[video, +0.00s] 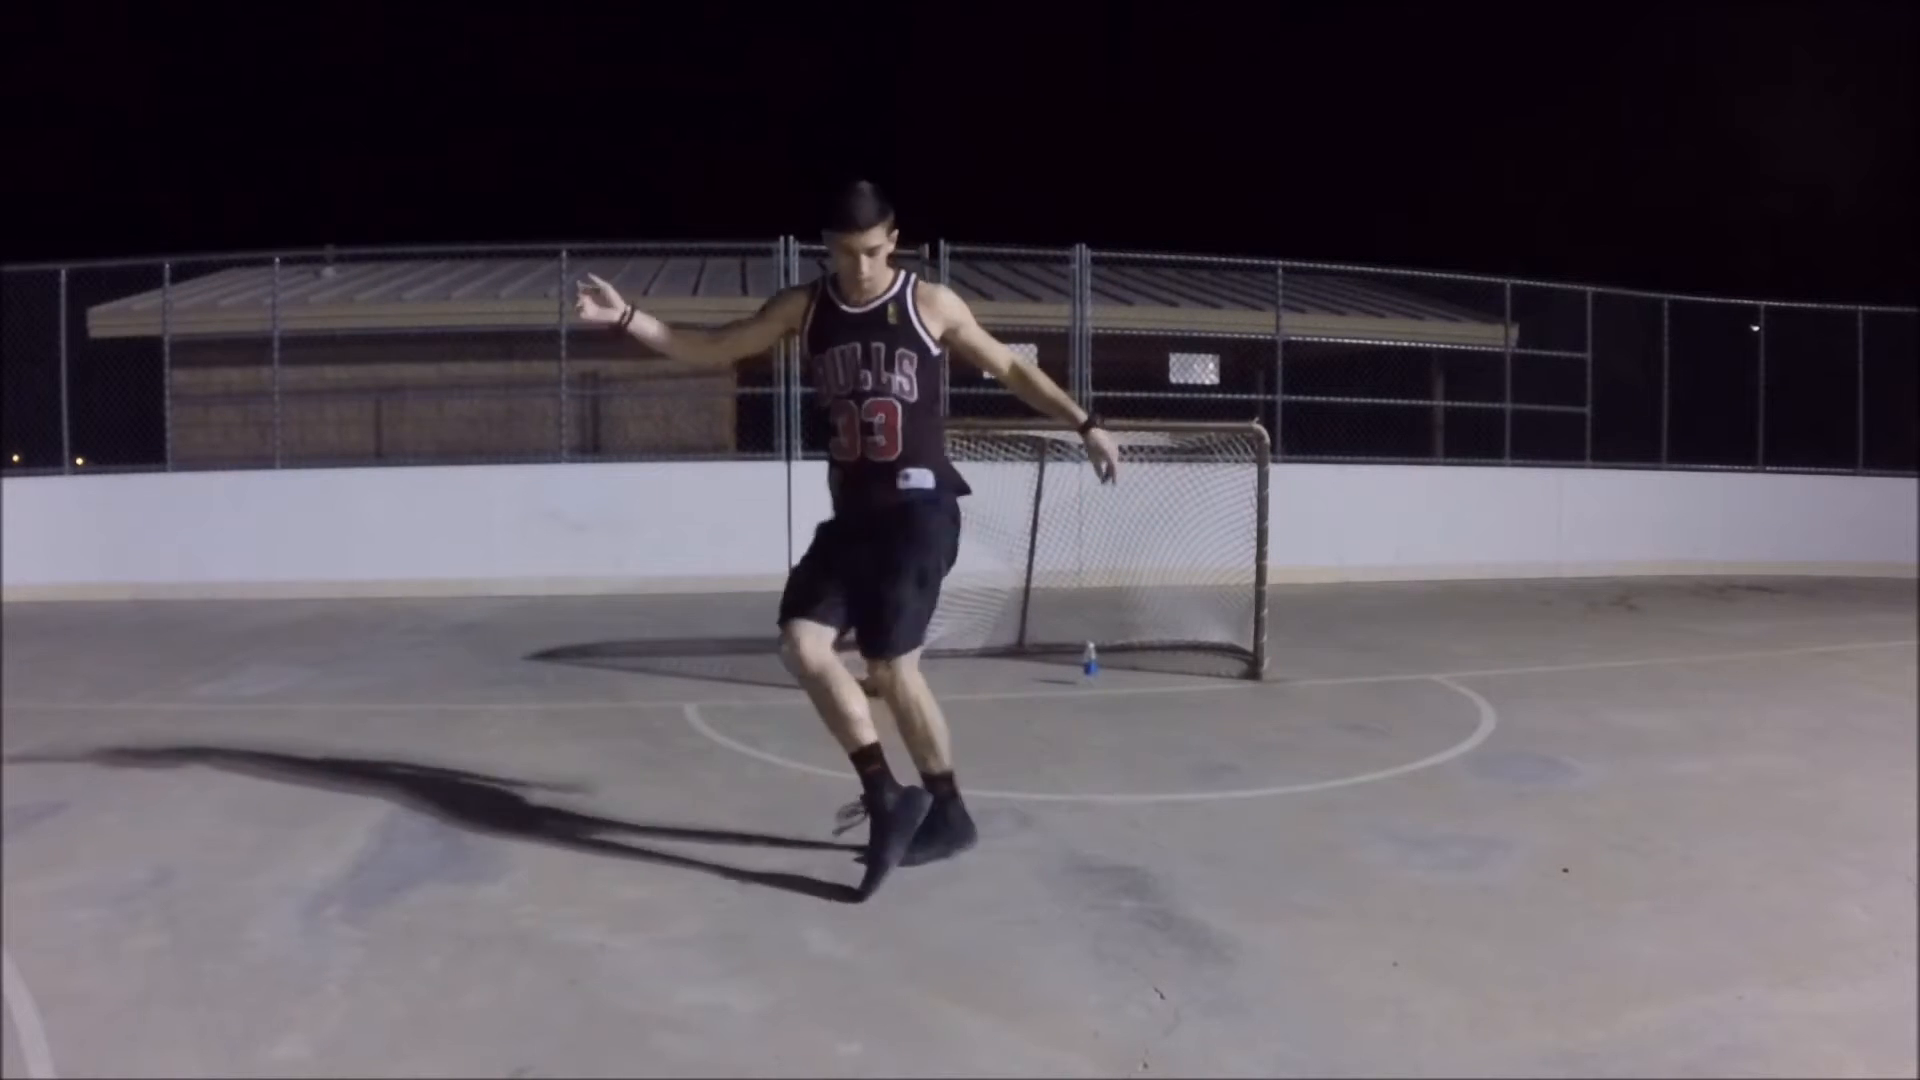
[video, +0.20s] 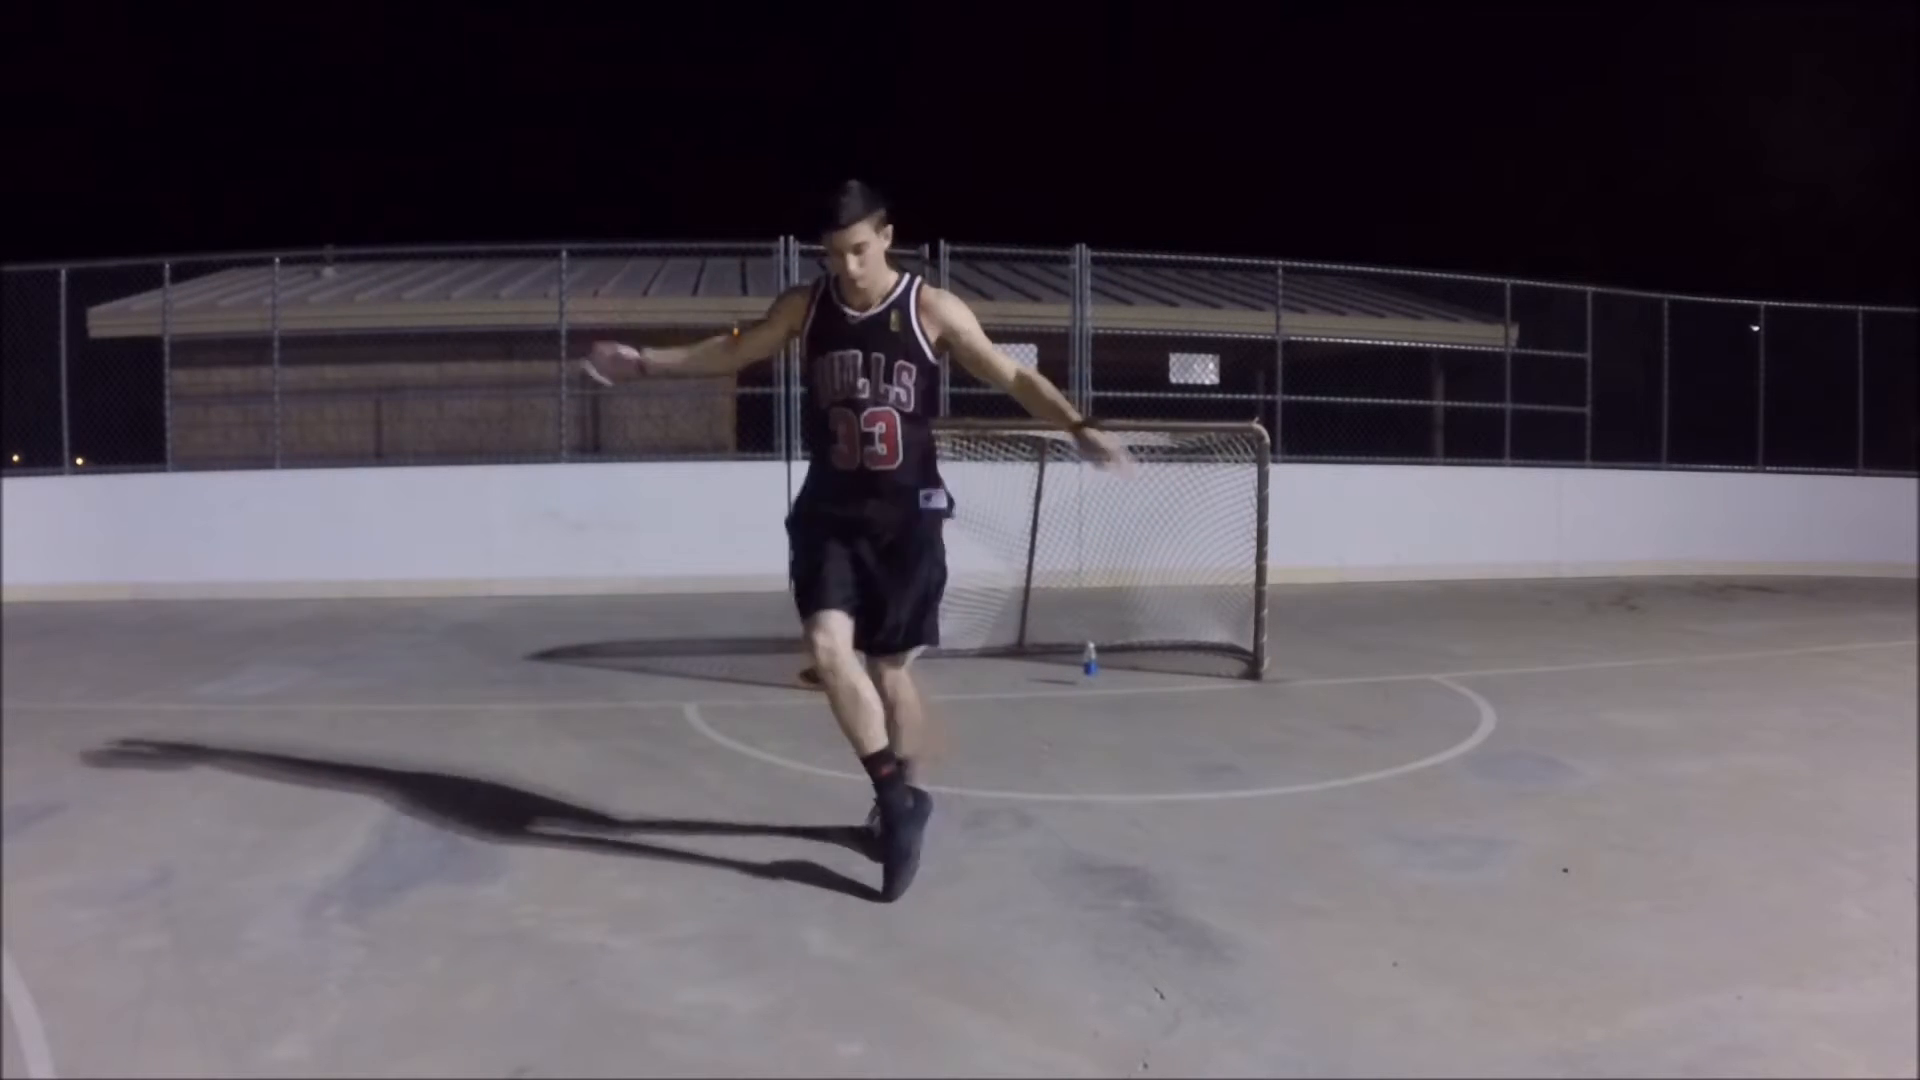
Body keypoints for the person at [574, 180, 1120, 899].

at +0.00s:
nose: (860, 270)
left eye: (872, 254)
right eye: (845, 255)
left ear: (894, 242)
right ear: (827, 247)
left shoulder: (931, 303)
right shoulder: (804, 306)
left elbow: (1012, 370)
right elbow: (716, 348)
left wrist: (1087, 426)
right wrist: (630, 318)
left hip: (919, 511)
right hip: (852, 513)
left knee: (890, 668)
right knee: (805, 641)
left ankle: (950, 812)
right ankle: (886, 803)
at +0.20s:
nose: (846, 267)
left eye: (857, 252)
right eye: (835, 254)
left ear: (886, 237)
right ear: (822, 250)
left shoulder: (933, 308)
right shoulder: (806, 304)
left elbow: (1014, 377)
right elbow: (733, 352)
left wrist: (1081, 428)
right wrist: (646, 361)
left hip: (905, 514)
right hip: (828, 510)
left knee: (887, 669)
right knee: (826, 649)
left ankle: (896, 805)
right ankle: (896, 795)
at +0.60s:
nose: (808, 255)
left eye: (809, 244)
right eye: (816, 242)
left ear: (816, 247)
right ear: (872, 246)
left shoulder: (839, 302)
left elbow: (855, 409)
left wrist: (777, 465)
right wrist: (769, 410)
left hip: (857, 505)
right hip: (916, 511)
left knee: (843, 674)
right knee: (808, 620)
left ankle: (866, 834)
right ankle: (746, 725)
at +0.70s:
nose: (892, 310)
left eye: (888, 305)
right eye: (891, 303)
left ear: (827, 300)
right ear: (878, 299)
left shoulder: (790, 353)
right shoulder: (920, 344)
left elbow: (777, 459)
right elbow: (944, 448)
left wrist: (777, 525)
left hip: (843, 544)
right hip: (922, 544)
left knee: (839, 684)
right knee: (839, 648)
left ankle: (870, 835)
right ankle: (736, 717)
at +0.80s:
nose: (925, 299)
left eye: (926, 289)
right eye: (920, 288)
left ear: (871, 287)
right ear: (887, 286)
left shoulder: (813, 340)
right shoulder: (908, 341)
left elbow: (781, 443)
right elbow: (943, 415)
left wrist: (818, 482)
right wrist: (917, 336)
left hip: (817, 518)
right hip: (888, 513)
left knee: (833, 681)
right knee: (897, 621)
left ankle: (868, 834)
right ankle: (814, 735)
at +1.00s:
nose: (922, 227)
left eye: (928, 216)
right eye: (908, 216)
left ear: (933, 222)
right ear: (878, 221)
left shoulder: (905, 280)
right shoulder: (856, 261)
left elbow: (875, 377)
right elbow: (814, 353)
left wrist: (937, 397)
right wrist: (911, 371)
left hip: (868, 467)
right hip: (821, 467)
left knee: (849, 636)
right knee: (913, 612)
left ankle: (797, 766)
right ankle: (972, 738)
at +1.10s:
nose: (897, 257)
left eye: (906, 244)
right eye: (885, 246)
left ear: (921, 245)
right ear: (863, 247)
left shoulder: (920, 313)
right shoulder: (823, 302)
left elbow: (932, 362)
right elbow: (770, 393)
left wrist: (997, 395)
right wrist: (840, 418)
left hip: (884, 492)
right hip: (816, 493)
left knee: (857, 636)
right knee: (874, 626)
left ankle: (842, 775)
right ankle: (956, 781)